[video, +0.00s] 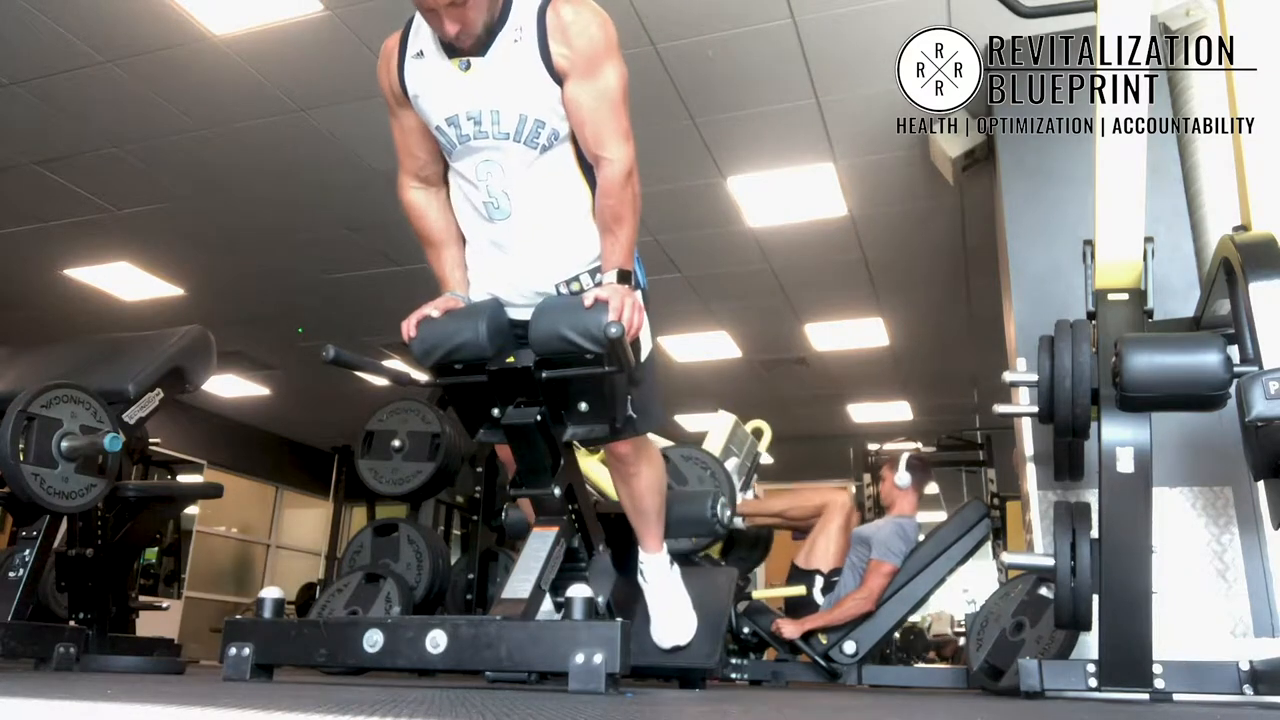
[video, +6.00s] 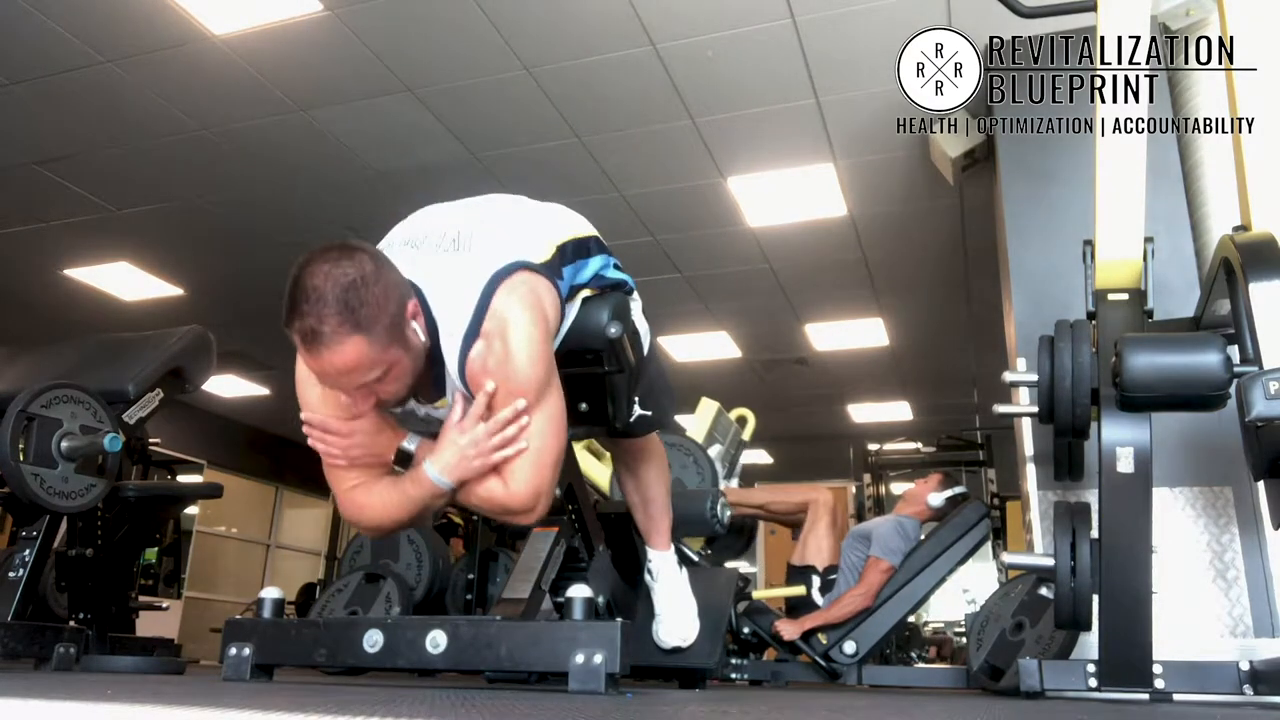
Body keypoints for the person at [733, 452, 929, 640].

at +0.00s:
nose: (879, 488)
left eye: (883, 480)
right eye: (880, 480)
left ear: (901, 481)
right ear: (905, 483)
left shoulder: (895, 530)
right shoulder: (896, 525)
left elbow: (867, 599)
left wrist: (801, 625)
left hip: (814, 606)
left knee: (840, 499)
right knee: (848, 510)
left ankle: (734, 507)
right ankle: (749, 513)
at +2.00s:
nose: (869, 491)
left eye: (872, 483)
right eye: (869, 484)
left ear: (894, 481)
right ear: (895, 482)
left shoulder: (893, 526)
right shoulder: (898, 525)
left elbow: (863, 591)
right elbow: (864, 591)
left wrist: (803, 624)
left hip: (811, 603)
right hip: (815, 597)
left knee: (753, 510)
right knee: (754, 512)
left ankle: (673, 461)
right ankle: (680, 466)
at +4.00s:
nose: (919, 482)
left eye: (928, 481)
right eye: (927, 478)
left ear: (934, 499)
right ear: (934, 501)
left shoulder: (899, 528)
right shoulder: (901, 526)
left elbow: (865, 595)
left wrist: (801, 624)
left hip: (814, 606)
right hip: (816, 602)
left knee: (843, 499)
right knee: (839, 504)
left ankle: (738, 509)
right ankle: (747, 517)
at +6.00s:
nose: (916, 481)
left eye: (926, 480)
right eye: (925, 478)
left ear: (930, 497)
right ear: (934, 505)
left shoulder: (895, 528)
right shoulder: (904, 528)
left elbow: (865, 595)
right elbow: (865, 593)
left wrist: (802, 624)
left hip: (818, 608)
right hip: (824, 602)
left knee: (822, 498)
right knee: (820, 506)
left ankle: (722, 493)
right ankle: (732, 506)